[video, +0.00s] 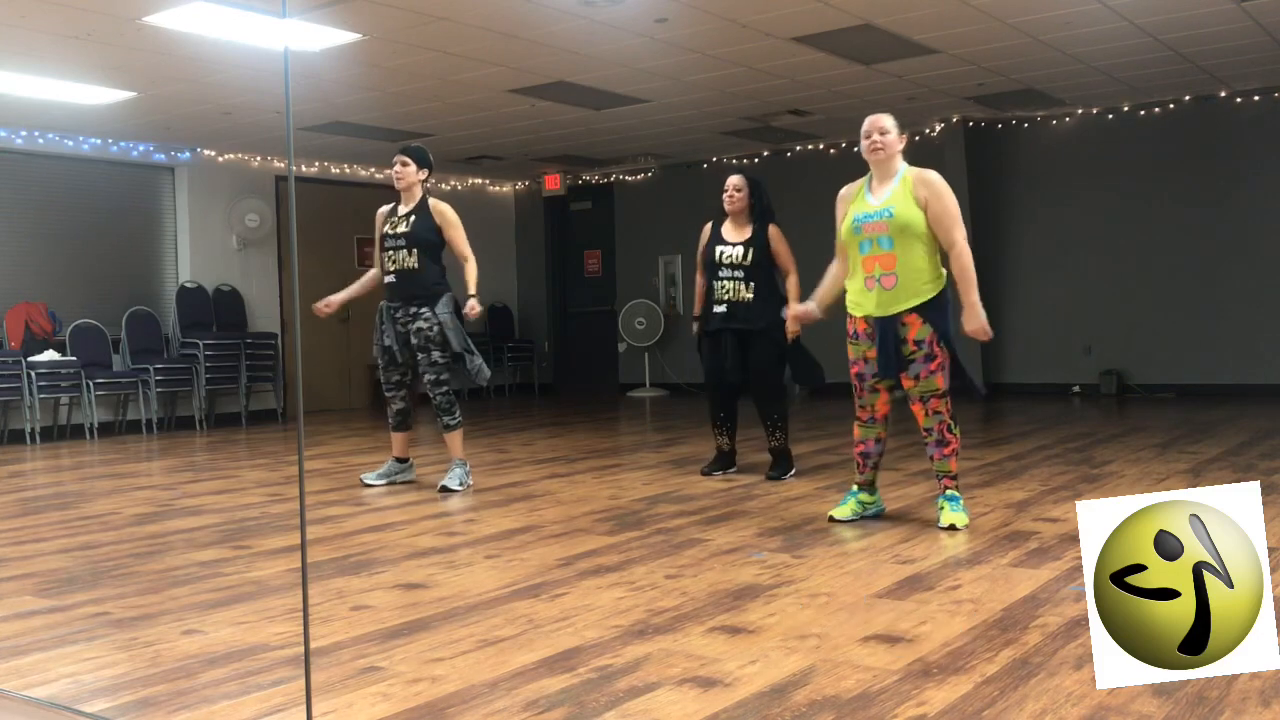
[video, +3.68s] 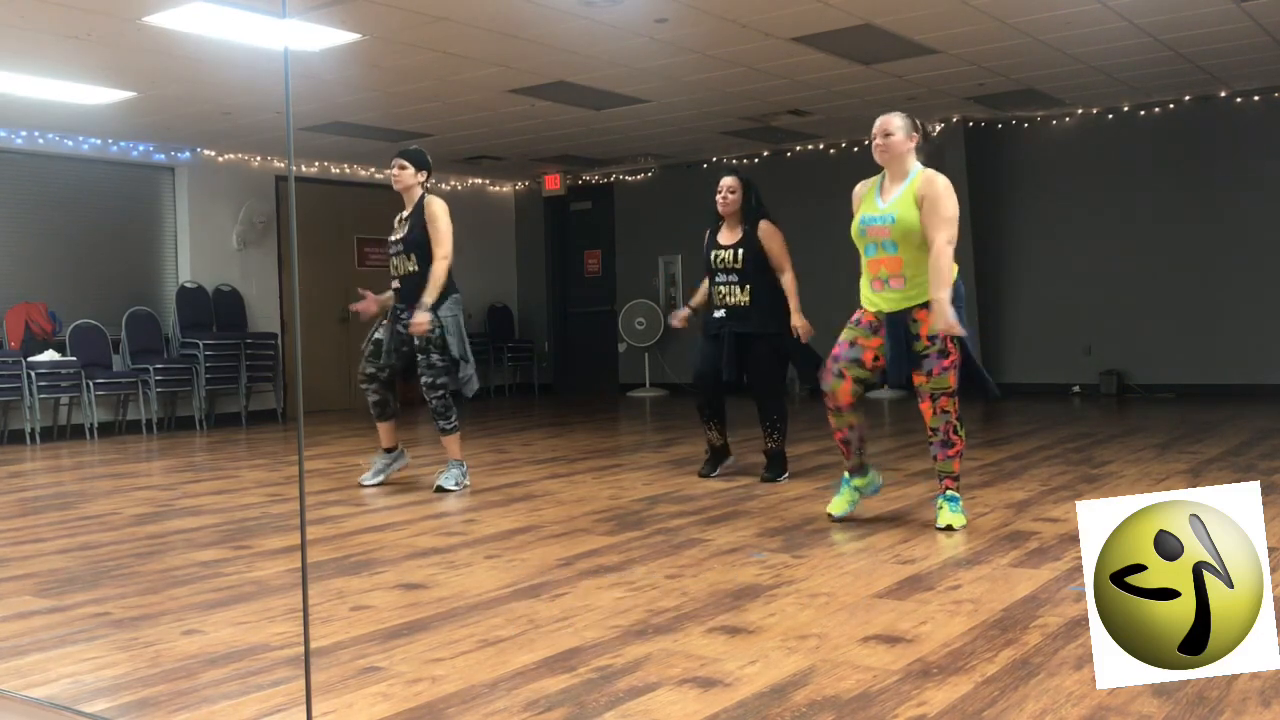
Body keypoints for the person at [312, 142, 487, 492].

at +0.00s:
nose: (395, 170)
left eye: (404, 165)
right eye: (394, 165)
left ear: (423, 173)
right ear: (393, 173)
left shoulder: (439, 211)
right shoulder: (384, 215)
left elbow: (468, 259)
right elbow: (379, 271)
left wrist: (471, 295)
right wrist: (339, 297)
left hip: (430, 313)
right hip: (392, 314)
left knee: (439, 387)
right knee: (394, 389)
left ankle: (459, 466)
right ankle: (400, 463)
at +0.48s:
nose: (403, 167)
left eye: (411, 161)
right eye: (401, 164)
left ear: (431, 167)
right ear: (401, 173)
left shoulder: (446, 208)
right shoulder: (400, 209)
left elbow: (458, 266)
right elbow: (396, 266)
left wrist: (439, 269)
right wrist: (365, 300)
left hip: (433, 311)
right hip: (398, 310)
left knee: (440, 386)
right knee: (393, 384)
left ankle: (460, 466)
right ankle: (397, 461)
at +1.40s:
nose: (400, 166)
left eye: (408, 162)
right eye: (398, 162)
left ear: (427, 170)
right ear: (397, 172)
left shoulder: (441, 201)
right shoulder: (394, 216)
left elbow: (465, 252)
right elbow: (398, 272)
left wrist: (466, 304)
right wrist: (369, 311)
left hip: (433, 310)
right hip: (397, 311)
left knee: (445, 385)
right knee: (399, 386)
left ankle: (460, 466)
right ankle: (399, 461)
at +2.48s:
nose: (389, 168)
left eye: (398, 165)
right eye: (389, 163)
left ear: (415, 176)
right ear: (385, 174)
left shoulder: (432, 210)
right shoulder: (374, 220)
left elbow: (457, 259)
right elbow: (369, 275)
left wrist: (468, 301)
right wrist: (334, 299)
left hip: (428, 311)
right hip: (389, 314)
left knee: (435, 384)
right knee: (392, 388)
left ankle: (458, 462)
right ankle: (400, 463)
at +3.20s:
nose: (386, 176)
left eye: (394, 172)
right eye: (385, 170)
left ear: (411, 182)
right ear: (382, 178)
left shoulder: (426, 219)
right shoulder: (366, 214)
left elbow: (444, 268)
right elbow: (346, 262)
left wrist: (441, 287)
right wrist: (327, 308)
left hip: (420, 312)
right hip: (382, 316)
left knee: (428, 378)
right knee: (380, 387)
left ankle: (454, 455)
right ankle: (400, 464)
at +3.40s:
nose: (392, 169)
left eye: (400, 164)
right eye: (391, 164)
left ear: (420, 171)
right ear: (391, 172)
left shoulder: (435, 209)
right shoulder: (384, 208)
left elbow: (441, 265)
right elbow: (384, 260)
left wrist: (398, 270)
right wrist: (376, 302)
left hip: (427, 310)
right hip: (390, 311)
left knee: (435, 386)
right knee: (392, 385)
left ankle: (456, 465)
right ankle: (400, 462)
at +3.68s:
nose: (394, 173)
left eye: (401, 168)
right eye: (392, 168)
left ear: (422, 174)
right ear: (393, 176)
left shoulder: (433, 205)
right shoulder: (400, 220)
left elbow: (443, 258)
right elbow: (407, 278)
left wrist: (424, 307)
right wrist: (380, 300)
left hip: (435, 308)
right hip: (402, 309)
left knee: (435, 383)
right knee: (373, 373)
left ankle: (456, 465)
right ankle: (391, 453)